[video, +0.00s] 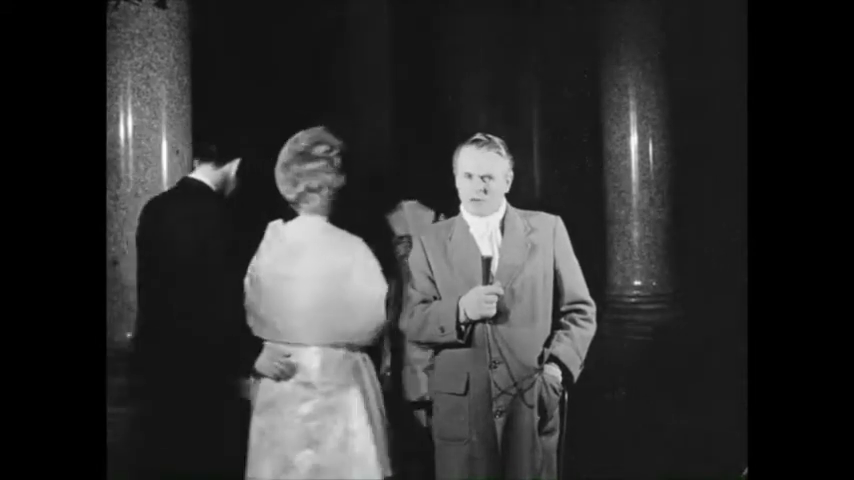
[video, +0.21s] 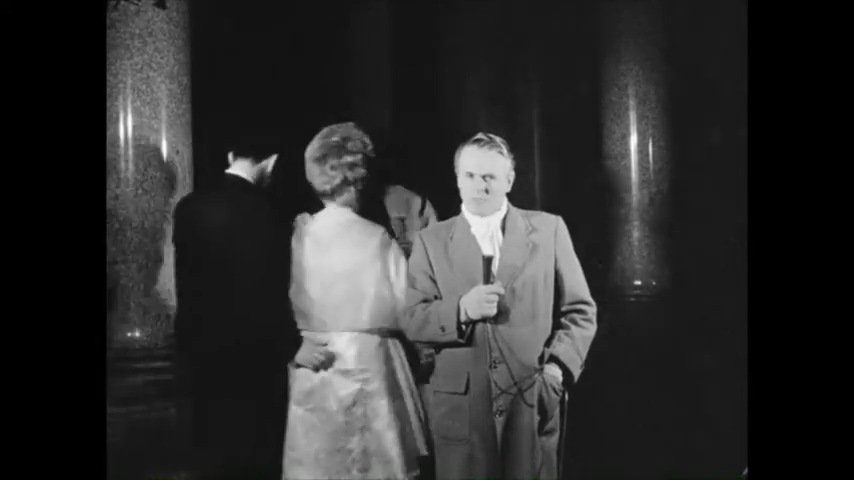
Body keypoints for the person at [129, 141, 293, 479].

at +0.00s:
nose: (239, 179)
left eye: (241, 169)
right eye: (241, 169)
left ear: (197, 158)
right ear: (233, 167)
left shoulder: (156, 209)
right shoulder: (217, 216)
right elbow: (215, 305)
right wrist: (254, 354)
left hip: (160, 356)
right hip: (204, 364)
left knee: (166, 453)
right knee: (209, 456)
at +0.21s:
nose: (273, 169)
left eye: (271, 162)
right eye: (274, 163)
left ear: (229, 157)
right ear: (268, 162)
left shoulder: (190, 206)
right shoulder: (269, 210)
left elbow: (185, 282)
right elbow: (273, 288)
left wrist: (189, 334)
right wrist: (293, 344)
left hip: (204, 335)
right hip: (257, 337)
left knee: (209, 429)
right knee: (258, 434)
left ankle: (207, 470)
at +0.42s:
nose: (300, 166)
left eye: (300, 160)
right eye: (302, 159)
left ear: (255, 154)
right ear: (297, 159)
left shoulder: (223, 199)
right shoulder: (295, 211)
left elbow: (212, 282)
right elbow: (306, 287)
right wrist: (335, 339)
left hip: (234, 335)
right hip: (285, 342)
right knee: (283, 445)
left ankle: (249, 468)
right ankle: (278, 470)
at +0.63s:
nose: (320, 175)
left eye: (320, 167)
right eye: (320, 166)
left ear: (275, 164)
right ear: (316, 166)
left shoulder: (248, 205)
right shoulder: (317, 213)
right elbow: (339, 281)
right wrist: (375, 335)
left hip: (264, 341)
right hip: (314, 345)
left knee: (275, 446)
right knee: (314, 451)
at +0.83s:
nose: (336, 175)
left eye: (335, 168)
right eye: (335, 167)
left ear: (290, 165)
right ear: (331, 166)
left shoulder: (262, 205)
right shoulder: (337, 212)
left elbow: (251, 279)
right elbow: (355, 282)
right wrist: (393, 328)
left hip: (275, 335)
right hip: (333, 339)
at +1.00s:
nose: (345, 171)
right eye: (345, 164)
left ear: (300, 162)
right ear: (342, 162)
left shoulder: (276, 202)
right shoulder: (350, 204)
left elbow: (259, 270)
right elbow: (366, 272)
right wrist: (403, 314)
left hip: (290, 321)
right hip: (347, 326)